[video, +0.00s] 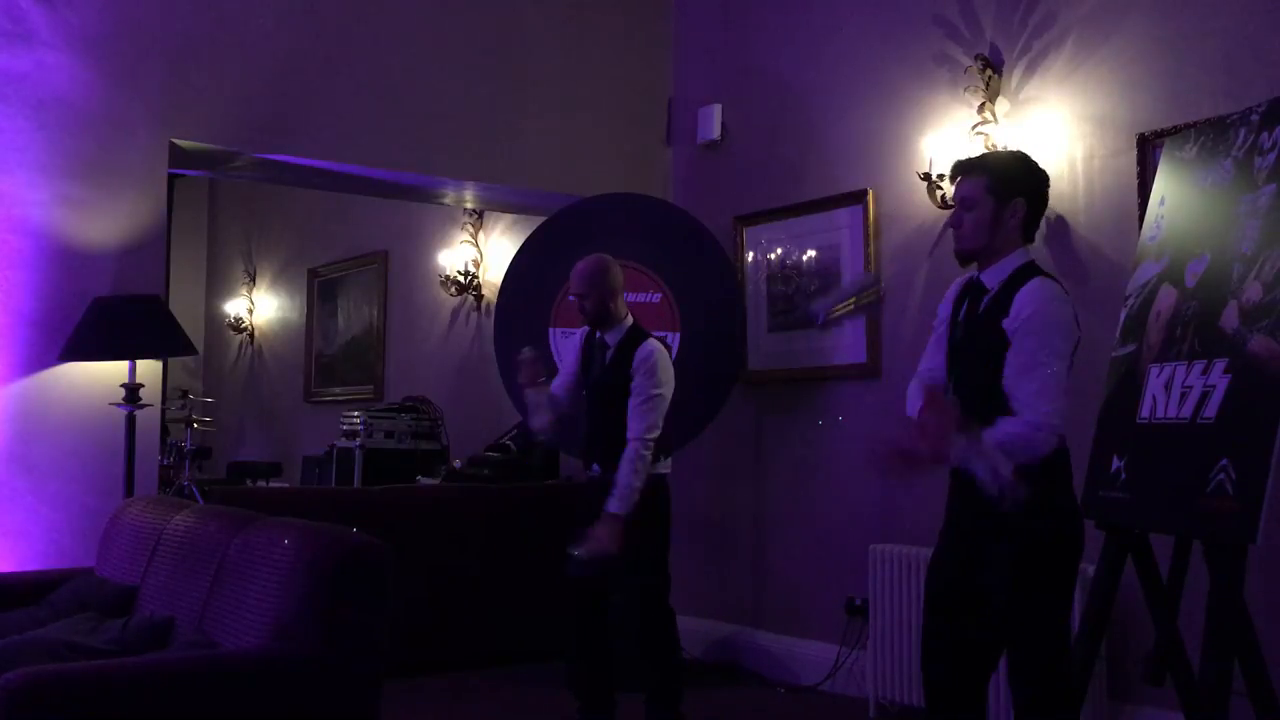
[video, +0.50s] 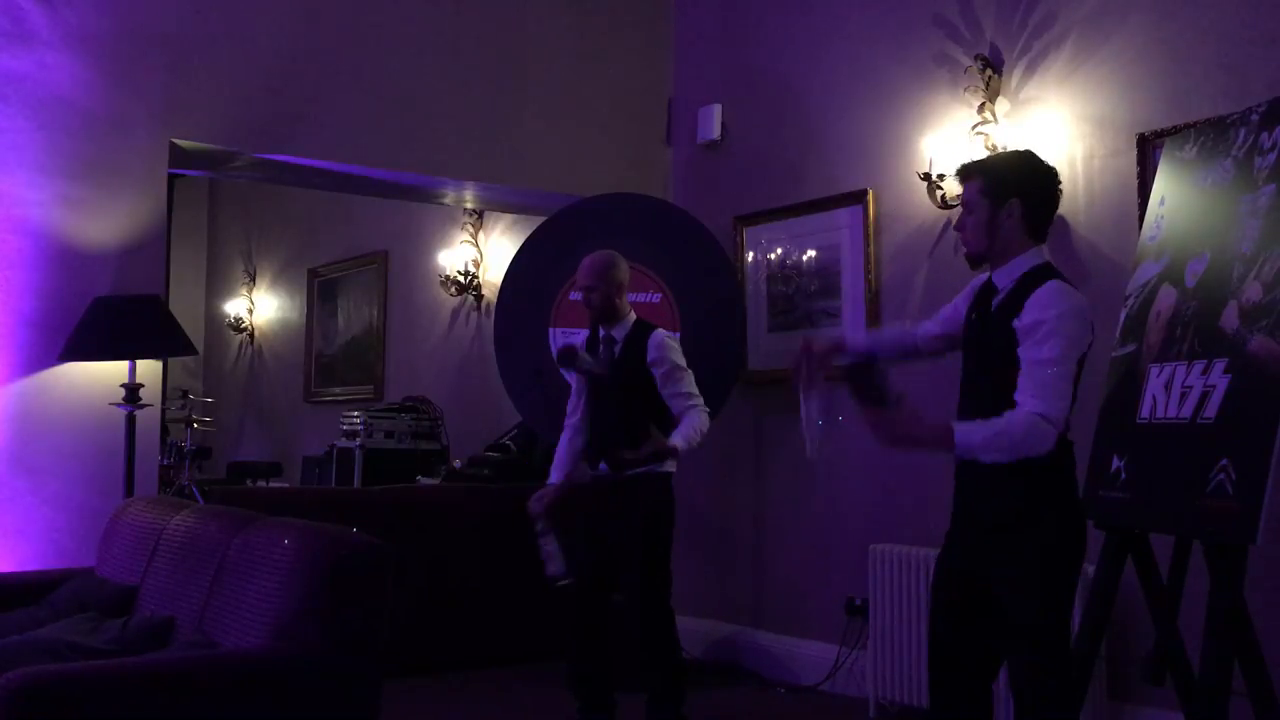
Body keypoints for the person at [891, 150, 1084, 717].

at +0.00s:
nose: (953, 218)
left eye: (968, 206)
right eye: (954, 205)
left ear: (1013, 215)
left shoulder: (1040, 300)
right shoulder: (960, 294)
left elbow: (1041, 428)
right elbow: (926, 381)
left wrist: (959, 444)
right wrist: (929, 420)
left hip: (1033, 503)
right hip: (973, 497)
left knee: (1038, 677)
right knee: (948, 667)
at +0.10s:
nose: (956, 211)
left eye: (972, 200)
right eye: (957, 200)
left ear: (1019, 211)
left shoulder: (1048, 299)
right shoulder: (953, 300)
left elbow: (1092, 416)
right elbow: (926, 392)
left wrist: (994, 461)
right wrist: (915, 453)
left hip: (1035, 523)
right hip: (965, 518)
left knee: (1043, 689)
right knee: (951, 685)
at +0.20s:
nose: (962, 210)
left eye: (979, 199)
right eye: (962, 199)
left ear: (1024, 210)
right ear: (959, 207)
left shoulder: (1057, 296)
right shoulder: (949, 303)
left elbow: (1097, 412)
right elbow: (923, 401)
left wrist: (993, 408)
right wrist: (888, 488)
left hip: (1041, 516)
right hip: (969, 513)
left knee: (1046, 689)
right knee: (953, 685)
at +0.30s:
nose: (963, 214)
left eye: (980, 201)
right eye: (963, 202)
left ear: (1025, 210)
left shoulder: (1064, 302)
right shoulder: (961, 301)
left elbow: (1045, 422)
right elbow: (917, 404)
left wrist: (962, 376)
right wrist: (861, 487)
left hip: (1042, 513)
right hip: (973, 509)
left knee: (1048, 690)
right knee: (952, 685)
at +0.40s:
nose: (960, 220)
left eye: (975, 206)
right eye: (961, 207)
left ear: (1021, 214)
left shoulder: (1062, 304)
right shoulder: (970, 299)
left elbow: (1027, 419)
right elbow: (914, 384)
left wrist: (934, 391)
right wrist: (841, 437)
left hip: (1041, 515)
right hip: (975, 510)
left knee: (1046, 689)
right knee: (954, 682)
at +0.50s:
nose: (957, 222)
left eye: (968, 207)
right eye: (959, 208)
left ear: (1011, 214)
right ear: (1004, 217)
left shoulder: (1054, 304)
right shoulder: (983, 294)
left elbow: (1037, 427)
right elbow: (925, 339)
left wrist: (929, 432)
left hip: (1034, 511)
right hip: (979, 504)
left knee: (1038, 679)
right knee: (956, 673)